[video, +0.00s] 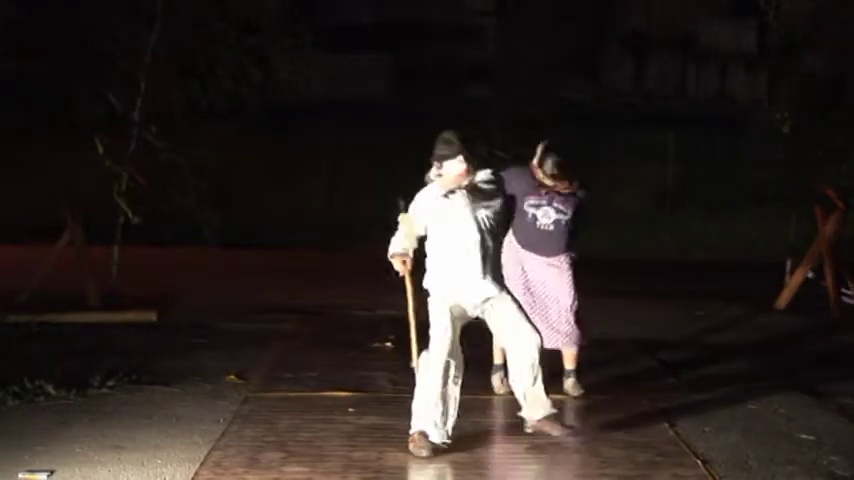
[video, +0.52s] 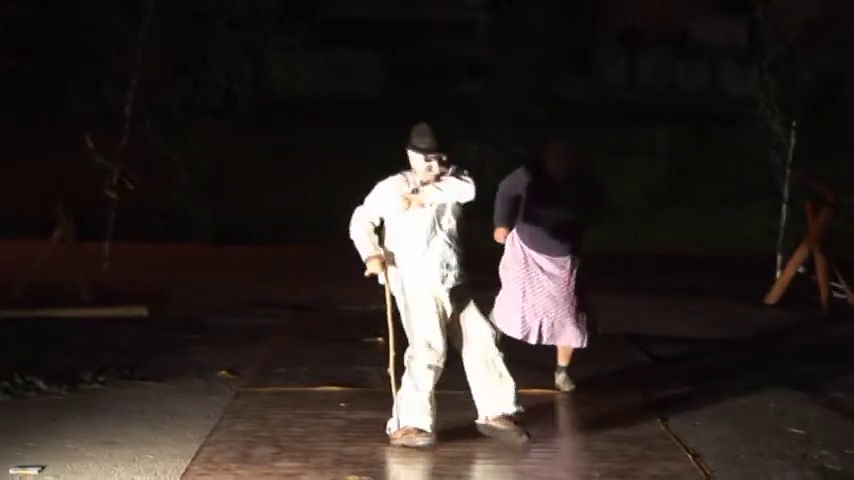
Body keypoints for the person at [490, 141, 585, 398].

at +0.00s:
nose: (554, 190)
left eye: (561, 186)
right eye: (549, 184)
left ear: (569, 179)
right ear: (538, 172)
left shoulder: (575, 193)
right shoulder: (521, 179)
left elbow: (577, 227)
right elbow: (486, 182)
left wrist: (571, 250)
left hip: (557, 258)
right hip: (518, 252)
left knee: (566, 312)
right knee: (507, 309)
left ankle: (570, 376)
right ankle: (498, 367)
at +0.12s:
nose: (563, 182)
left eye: (569, 176)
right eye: (559, 176)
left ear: (575, 174)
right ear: (548, 170)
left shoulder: (582, 194)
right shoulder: (531, 180)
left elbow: (585, 227)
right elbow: (503, 192)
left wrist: (578, 252)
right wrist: (493, 218)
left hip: (563, 262)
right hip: (525, 255)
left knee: (572, 318)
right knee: (515, 313)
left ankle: (570, 376)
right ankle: (507, 370)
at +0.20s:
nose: (559, 176)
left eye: (565, 171)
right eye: (555, 170)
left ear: (574, 169)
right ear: (547, 164)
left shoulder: (581, 186)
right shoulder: (530, 177)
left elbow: (587, 218)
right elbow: (509, 195)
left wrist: (580, 247)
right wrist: (500, 219)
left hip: (565, 258)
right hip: (527, 250)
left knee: (571, 313)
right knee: (514, 303)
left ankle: (569, 374)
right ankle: (497, 363)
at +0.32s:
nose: (562, 164)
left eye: (567, 158)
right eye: (557, 157)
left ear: (576, 160)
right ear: (548, 156)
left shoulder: (583, 184)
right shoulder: (532, 175)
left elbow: (595, 213)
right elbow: (510, 189)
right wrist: (503, 218)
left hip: (566, 255)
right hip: (528, 247)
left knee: (570, 314)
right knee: (521, 299)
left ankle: (567, 373)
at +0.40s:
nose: (563, 162)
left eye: (569, 157)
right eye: (558, 155)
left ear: (576, 159)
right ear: (549, 155)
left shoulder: (583, 183)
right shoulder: (534, 176)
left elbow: (596, 212)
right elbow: (508, 191)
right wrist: (501, 220)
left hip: (566, 258)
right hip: (528, 251)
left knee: (571, 318)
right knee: (520, 307)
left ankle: (565, 373)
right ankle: (495, 296)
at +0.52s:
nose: (559, 163)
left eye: (565, 157)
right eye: (555, 155)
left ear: (573, 159)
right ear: (545, 155)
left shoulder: (580, 184)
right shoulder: (529, 176)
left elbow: (589, 214)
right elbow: (505, 191)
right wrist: (501, 224)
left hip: (562, 257)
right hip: (524, 249)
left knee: (567, 315)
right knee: (512, 303)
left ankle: (562, 372)